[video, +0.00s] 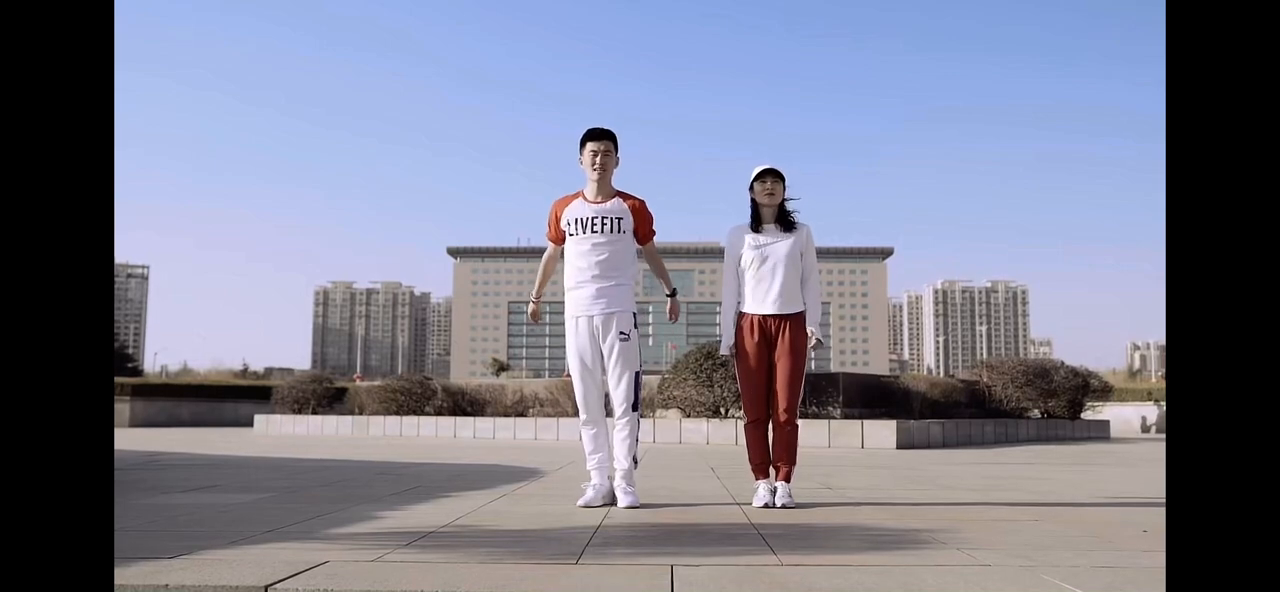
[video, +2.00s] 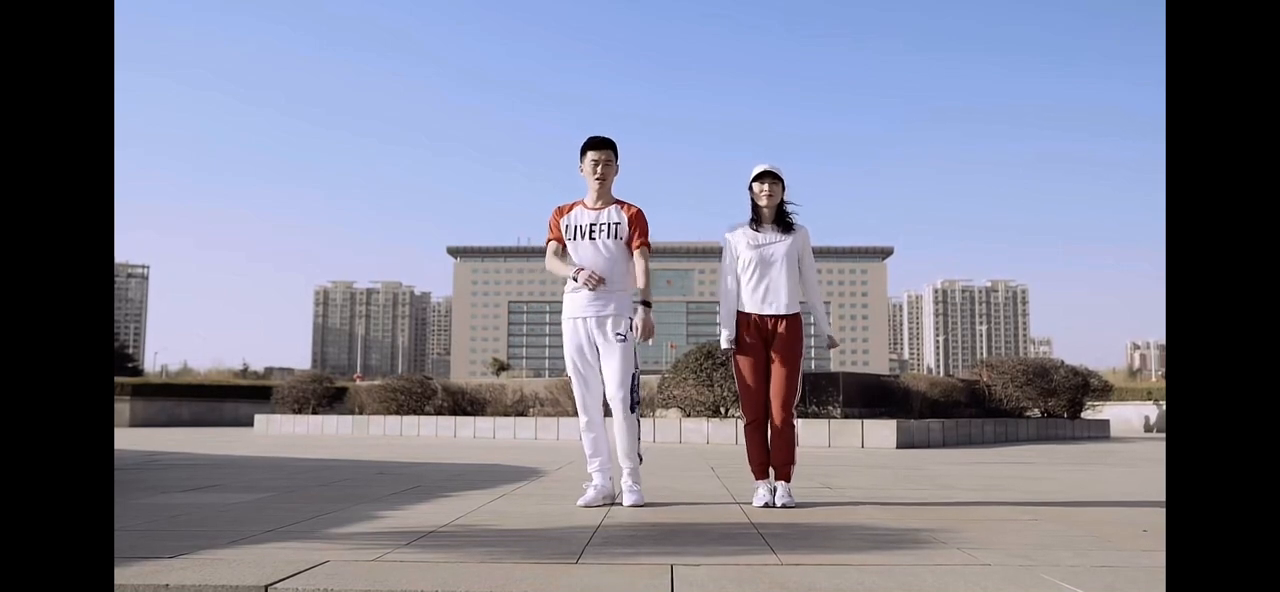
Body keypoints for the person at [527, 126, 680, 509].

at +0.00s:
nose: (599, 159)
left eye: (606, 153)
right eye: (593, 153)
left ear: (616, 160)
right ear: (581, 160)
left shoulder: (633, 206)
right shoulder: (563, 208)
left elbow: (650, 251)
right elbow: (552, 253)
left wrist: (671, 291)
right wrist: (535, 295)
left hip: (619, 313)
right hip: (578, 315)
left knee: (624, 401)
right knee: (588, 404)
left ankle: (625, 482)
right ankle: (599, 482)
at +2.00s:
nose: (601, 169)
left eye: (608, 163)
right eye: (594, 163)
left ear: (616, 169)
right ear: (582, 169)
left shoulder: (630, 214)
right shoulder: (563, 215)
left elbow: (641, 260)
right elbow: (551, 259)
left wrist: (644, 306)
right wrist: (574, 272)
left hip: (617, 313)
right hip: (576, 315)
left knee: (620, 398)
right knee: (587, 402)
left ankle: (630, 481)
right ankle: (600, 482)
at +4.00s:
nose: (603, 161)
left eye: (609, 156)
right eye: (595, 156)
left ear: (618, 163)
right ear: (583, 164)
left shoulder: (635, 210)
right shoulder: (565, 211)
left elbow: (644, 251)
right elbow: (556, 260)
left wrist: (630, 261)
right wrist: (545, 305)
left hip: (616, 310)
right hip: (578, 301)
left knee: (608, 402)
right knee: (567, 310)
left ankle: (602, 477)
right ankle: (569, 394)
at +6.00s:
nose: (574, 165)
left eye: (580, 159)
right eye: (566, 159)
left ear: (587, 163)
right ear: (550, 165)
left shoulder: (605, 207)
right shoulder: (543, 215)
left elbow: (646, 246)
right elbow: (537, 270)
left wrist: (635, 277)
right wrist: (498, 295)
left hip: (594, 325)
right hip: (551, 325)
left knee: (597, 411)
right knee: (550, 403)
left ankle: (599, 484)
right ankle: (568, 488)